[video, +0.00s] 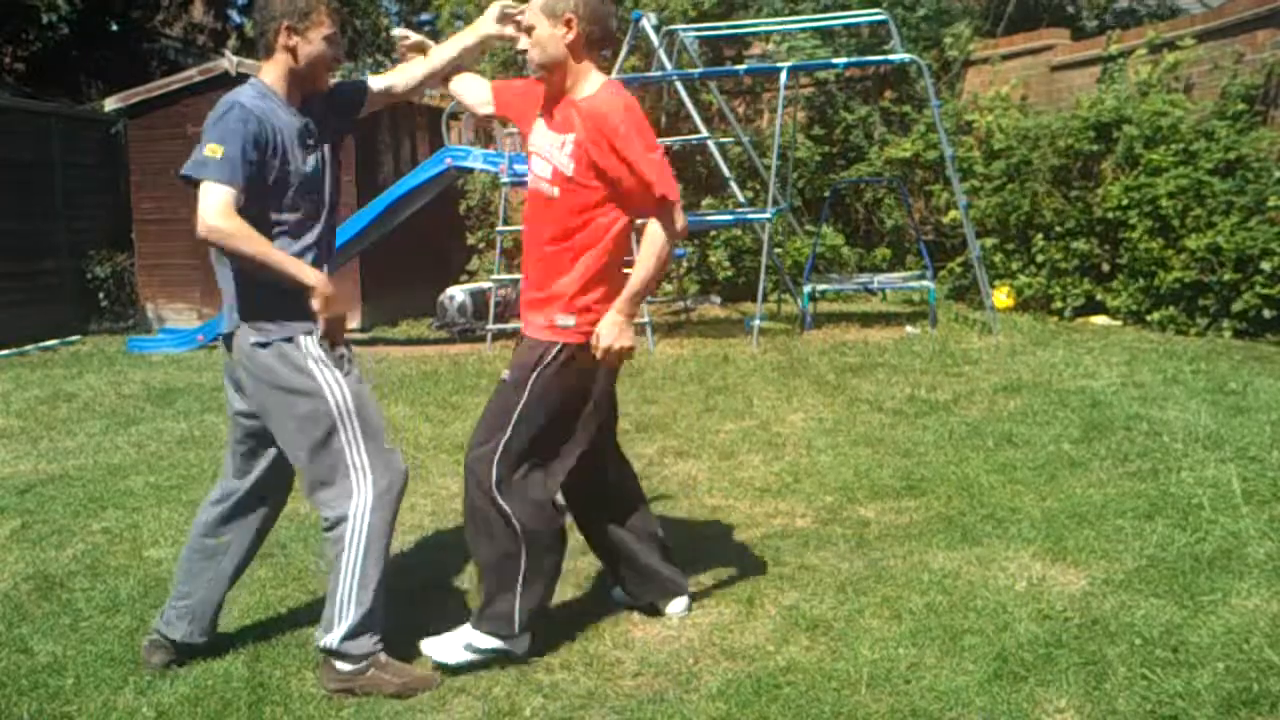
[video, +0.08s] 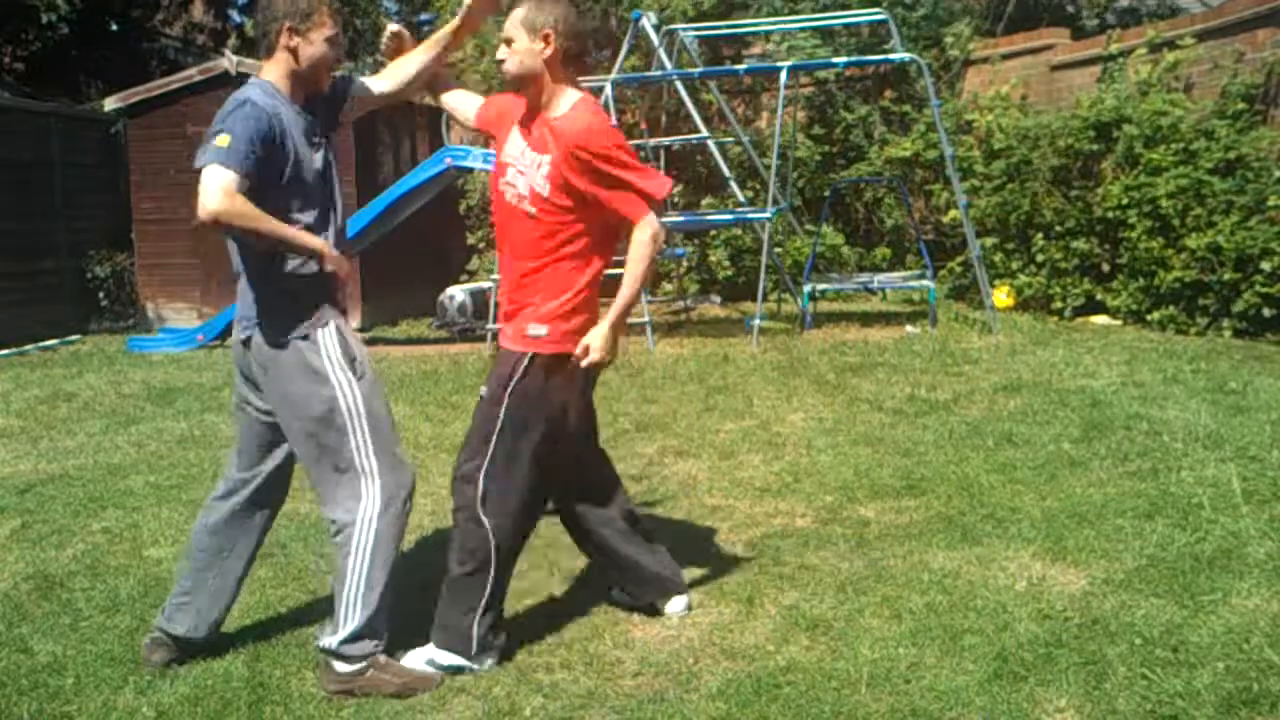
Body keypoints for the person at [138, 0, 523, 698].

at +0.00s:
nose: (341, 54)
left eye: (341, 41)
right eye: (332, 40)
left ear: (305, 42)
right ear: (288, 37)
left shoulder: (317, 105)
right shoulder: (242, 113)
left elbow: (403, 81)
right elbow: (214, 219)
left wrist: (485, 29)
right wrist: (312, 276)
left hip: (275, 334)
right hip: (282, 337)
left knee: (247, 488)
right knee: (370, 475)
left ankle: (175, 634)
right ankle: (350, 654)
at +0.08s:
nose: (342, 52)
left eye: (342, 40)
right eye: (334, 39)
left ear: (301, 39)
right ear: (292, 38)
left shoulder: (314, 95)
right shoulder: (255, 110)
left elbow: (394, 83)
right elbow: (217, 201)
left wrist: (461, 24)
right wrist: (319, 245)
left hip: (274, 329)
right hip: (303, 330)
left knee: (248, 483)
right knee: (378, 480)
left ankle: (177, 631)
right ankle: (353, 655)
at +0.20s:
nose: (340, 52)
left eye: (340, 39)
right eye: (334, 37)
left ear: (291, 33)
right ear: (295, 31)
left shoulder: (248, 97)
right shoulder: (276, 93)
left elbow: (372, 134)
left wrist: (444, 101)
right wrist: (362, 143)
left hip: (267, 319)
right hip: (319, 319)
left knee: (256, 475)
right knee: (379, 474)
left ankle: (191, 619)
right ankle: (358, 653)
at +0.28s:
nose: (341, 42)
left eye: (340, 30)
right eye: (334, 28)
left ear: (286, 27)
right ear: (296, 26)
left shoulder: (235, 101)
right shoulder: (305, 82)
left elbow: (330, 181)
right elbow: (413, 91)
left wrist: (423, 159)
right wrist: (431, 102)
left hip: (264, 310)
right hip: (319, 312)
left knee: (278, 453)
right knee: (376, 468)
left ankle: (206, 589)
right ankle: (358, 653)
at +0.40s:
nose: (344, 43)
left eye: (343, 31)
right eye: (339, 30)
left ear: (287, 29)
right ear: (305, 28)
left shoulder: (226, 109)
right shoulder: (325, 79)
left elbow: (261, 196)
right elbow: (426, 101)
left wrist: (355, 172)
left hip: (255, 313)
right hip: (323, 307)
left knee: (278, 444)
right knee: (366, 465)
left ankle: (239, 583)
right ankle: (357, 650)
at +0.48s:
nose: (344, 60)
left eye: (344, 48)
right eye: (341, 47)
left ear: (286, 35)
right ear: (310, 35)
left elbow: (223, 203)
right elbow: (418, 120)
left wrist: (330, 194)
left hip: (248, 315)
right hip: (315, 308)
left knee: (261, 455)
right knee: (358, 468)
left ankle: (237, 587)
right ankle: (358, 648)